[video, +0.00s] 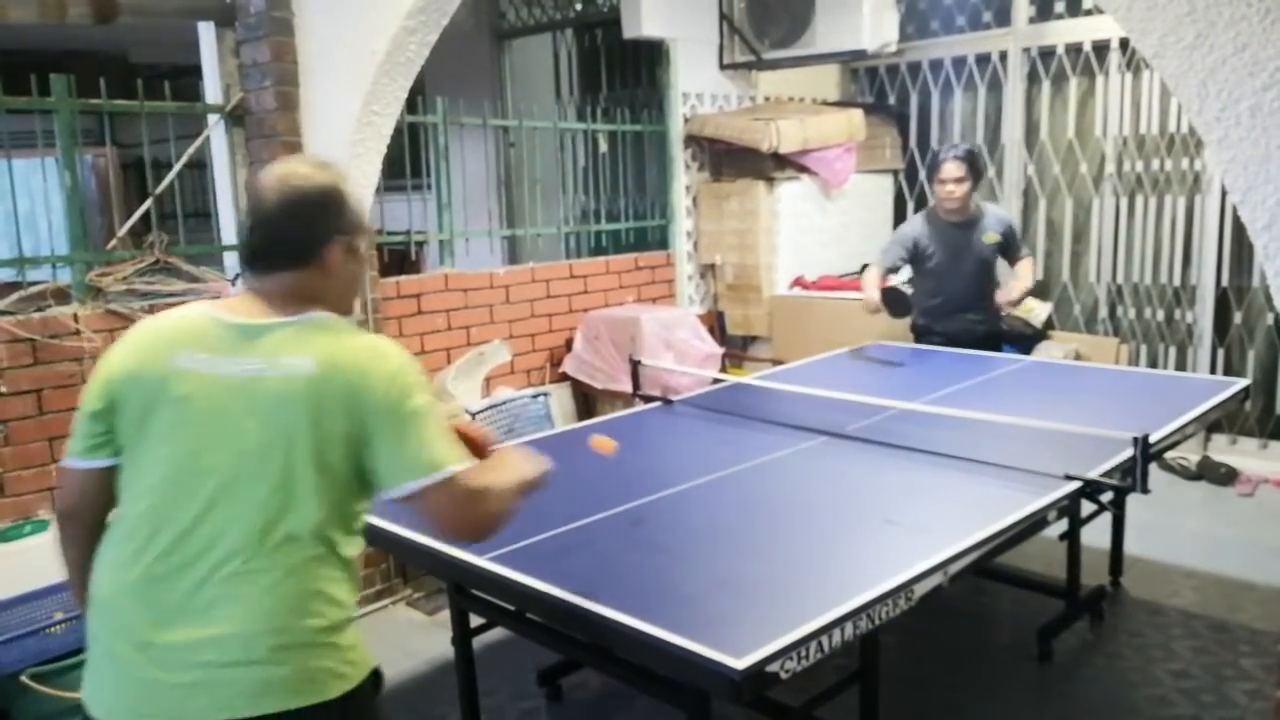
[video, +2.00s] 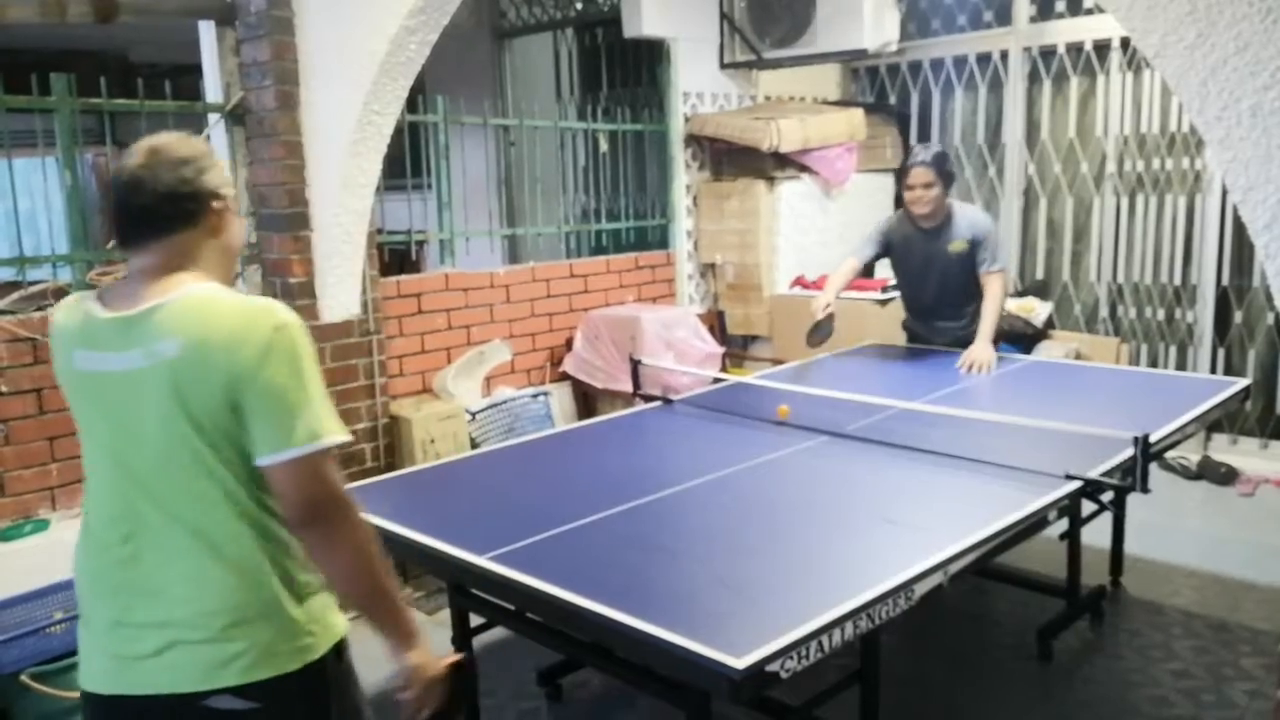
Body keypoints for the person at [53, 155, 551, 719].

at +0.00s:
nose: (371, 266)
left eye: (369, 248)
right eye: (367, 248)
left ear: (255, 247)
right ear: (336, 254)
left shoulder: (142, 346)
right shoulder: (368, 362)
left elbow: (75, 506)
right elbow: (462, 516)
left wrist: (101, 611)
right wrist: (508, 473)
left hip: (129, 685)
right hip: (292, 682)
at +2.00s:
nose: (240, 230)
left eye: (237, 212)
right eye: (236, 211)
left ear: (123, 230)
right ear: (217, 213)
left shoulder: (71, 328)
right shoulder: (254, 327)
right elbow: (312, 505)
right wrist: (408, 639)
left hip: (117, 674)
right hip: (260, 669)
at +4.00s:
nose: (149, 231)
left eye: (146, 213)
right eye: (141, 213)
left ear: (17, 230)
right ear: (103, 223)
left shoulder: (7, 333)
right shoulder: (157, 340)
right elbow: (214, 532)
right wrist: (312, 654)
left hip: (50, 682)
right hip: (187, 681)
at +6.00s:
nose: (413, 286)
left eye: (414, 269)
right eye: (409, 270)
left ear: (288, 260)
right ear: (370, 283)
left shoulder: (164, 316)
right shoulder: (388, 402)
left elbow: (70, 482)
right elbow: (447, 519)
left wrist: (86, 595)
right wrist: (516, 484)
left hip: (83, 662)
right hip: (242, 680)